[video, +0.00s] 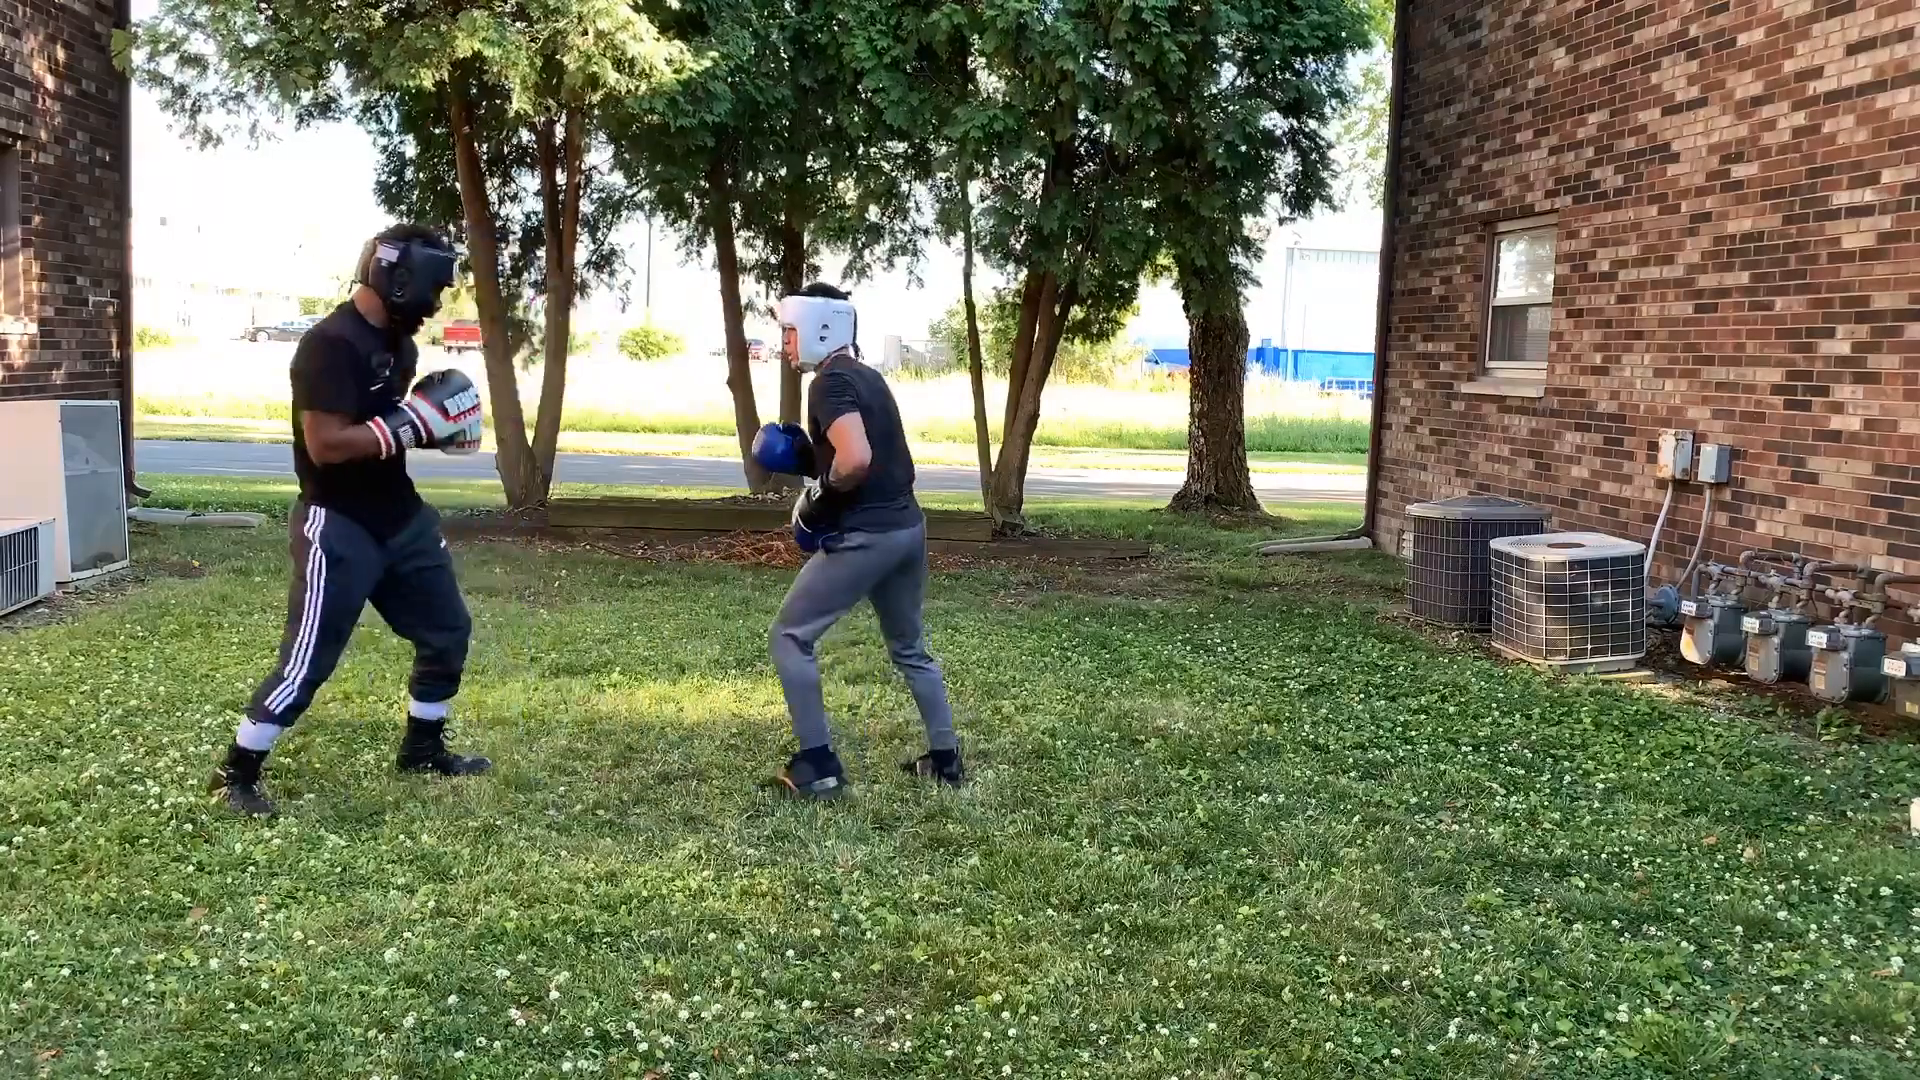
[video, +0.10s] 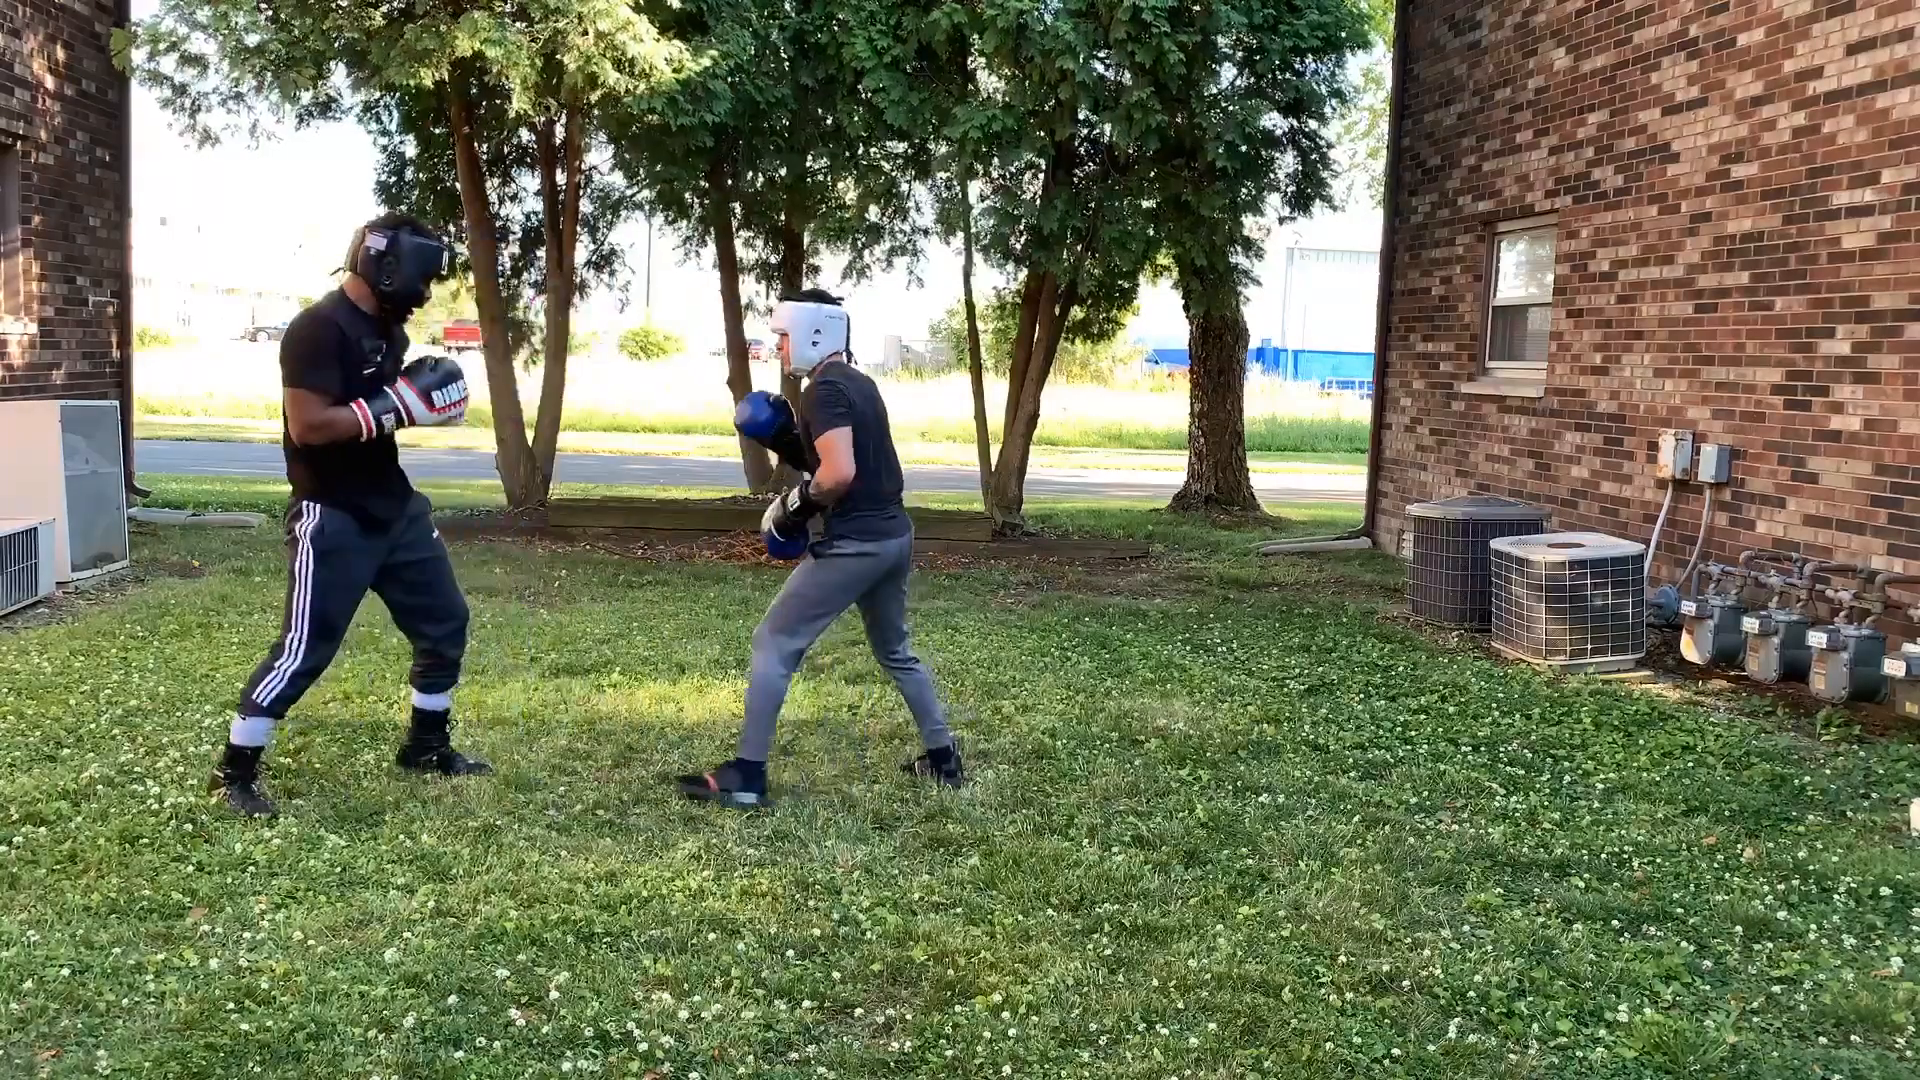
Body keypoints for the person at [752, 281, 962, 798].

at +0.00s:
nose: (783, 339)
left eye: (789, 328)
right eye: (783, 328)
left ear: (817, 330)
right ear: (838, 330)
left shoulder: (829, 383)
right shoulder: (867, 377)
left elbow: (855, 458)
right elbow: (876, 458)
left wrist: (820, 496)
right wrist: (810, 460)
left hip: (865, 538)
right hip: (907, 530)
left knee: (791, 634)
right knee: (911, 649)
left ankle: (816, 761)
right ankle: (946, 757)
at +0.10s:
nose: (775, 347)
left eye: (780, 335)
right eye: (775, 336)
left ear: (809, 337)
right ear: (828, 337)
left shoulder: (824, 387)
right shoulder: (858, 382)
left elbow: (839, 472)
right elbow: (839, 470)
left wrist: (794, 501)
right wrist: (783, 439)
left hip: (855, 543)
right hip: (892, 537)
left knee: (775, 641)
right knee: (897, 652)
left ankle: (746, 771)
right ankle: (944, 755)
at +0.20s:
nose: (756, 351)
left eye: (761, 341)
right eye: (757, 342)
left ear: (787, 343)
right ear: (808, 344)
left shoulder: (806, 388)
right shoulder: (833, 387)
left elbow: (804, 477)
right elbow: (770, 473)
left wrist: (756, 493)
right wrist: (754, 422)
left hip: (836, 553)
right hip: (872, 546)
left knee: (749, 650)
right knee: (889, 656)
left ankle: (714, 777)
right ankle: (945, 754)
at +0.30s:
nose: (718, 342)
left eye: (724, 331)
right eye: (719, 330)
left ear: (748, 335)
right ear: (777, 338)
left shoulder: (752, 378)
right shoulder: (807, 384)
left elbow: (725, 419)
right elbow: (812, 461)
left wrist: (689, 433)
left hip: (798, 545)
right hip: (848, 537)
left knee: (721, 647)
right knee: (883, 647)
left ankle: (708, 779)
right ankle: (936, 751)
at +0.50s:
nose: (661, 341)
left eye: (665, 334)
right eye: (662, 335)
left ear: (685, 332)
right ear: (723, 331)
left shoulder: (684, 358)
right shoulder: (771, 380)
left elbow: (588, 346)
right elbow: (810, 458)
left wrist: (528, 311)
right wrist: (755, 440)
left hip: (741, 536)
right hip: (804, 527)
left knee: (685, 642)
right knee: (809, 639)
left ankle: (698, 771)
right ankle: (846, 748)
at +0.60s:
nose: (652, 362)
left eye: (656, 354)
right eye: (652, 354)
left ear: (678, 353)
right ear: (717, 353)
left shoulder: (682, 376)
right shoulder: (766, 403)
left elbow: (586, 351)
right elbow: (804, 481)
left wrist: (532, 307)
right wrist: (745, 481)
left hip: (720, 548)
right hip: (783, 553)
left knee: (631, 629)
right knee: (782, 673)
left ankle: (639, 767)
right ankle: (825, 793)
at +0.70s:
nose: (641, 396)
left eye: (644, 388)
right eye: (641, 388)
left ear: (659, 385)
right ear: (709, 383)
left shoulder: (663, 406)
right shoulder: (753, 434)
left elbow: (574, 376)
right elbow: (799, 516)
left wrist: (534, 335)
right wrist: (744, 539)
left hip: (696, 577)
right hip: (767, 582)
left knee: (598, 658)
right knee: (781, 688)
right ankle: (821, 801)